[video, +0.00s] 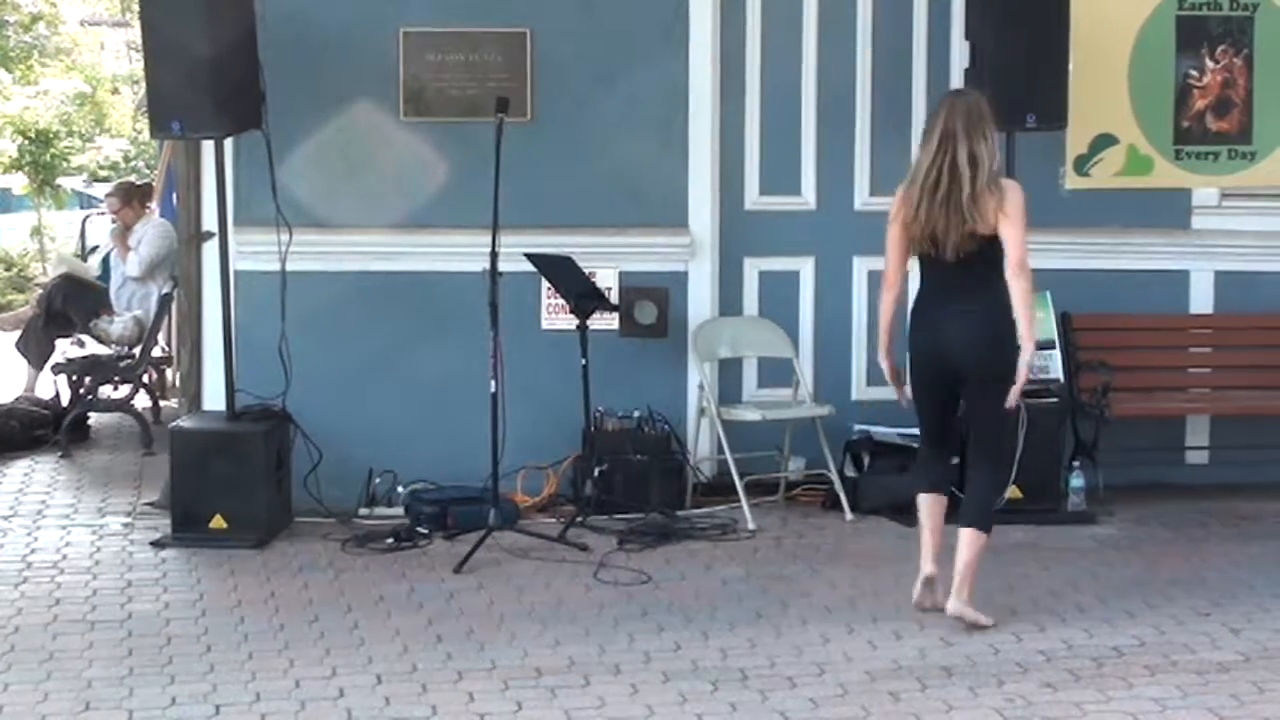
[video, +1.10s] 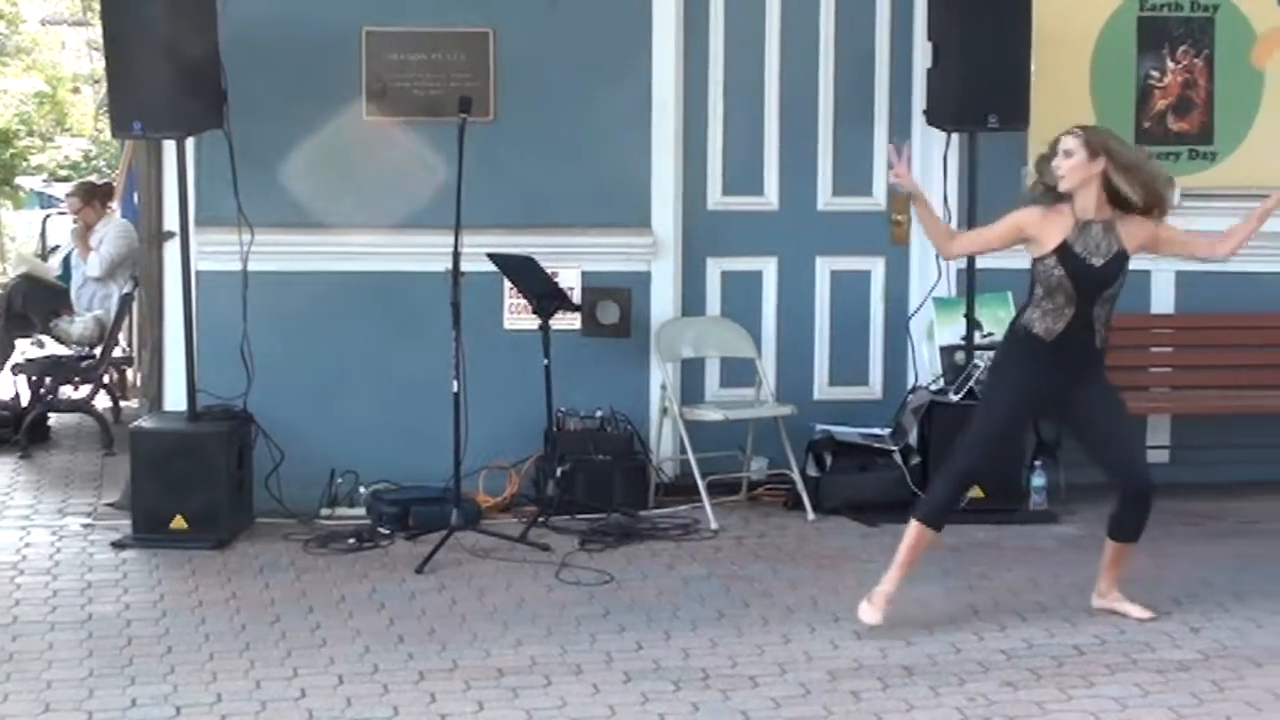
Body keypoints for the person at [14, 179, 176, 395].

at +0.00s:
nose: (114, 220)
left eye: (116, 213)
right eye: (112, 215)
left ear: (135, 206)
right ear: (132, 207)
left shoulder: (160, 230)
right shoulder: (123, 233)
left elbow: (137, 269)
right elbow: (94, 269)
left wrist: (121, 244)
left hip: (137, 317)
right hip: (114, 310)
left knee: (65, 285)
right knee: (43, 321)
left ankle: (31, 312)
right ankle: (29, 390)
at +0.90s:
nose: (105, 219)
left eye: (107, 212)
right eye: (102, 214)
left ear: (125, 204)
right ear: (122, 206)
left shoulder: (150, 229)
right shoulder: (113, 233)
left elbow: (127, 268)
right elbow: (84, 269)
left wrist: (110, 242)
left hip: (127, 317)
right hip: (105, 309)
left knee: (55, 283)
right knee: (33, 320)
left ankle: (25, 310)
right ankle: (18, 388)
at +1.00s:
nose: (89, 220)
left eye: (92, 213)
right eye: (86, 215)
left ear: (110, 204)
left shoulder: (135, 230)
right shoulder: (98, 235)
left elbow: (112, 269)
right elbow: (68, 271)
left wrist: (94, 244)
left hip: (114, 317)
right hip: (91, 309)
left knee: (37, 286)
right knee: (14, 323)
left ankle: (16, 311)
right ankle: (8, 384)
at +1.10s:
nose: (75, 219)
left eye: (77, 213)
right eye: (72, 215)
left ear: (96, 204)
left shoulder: (121, 230)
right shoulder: (84, 233)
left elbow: (100, 269)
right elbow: (55, 270)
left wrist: (81, 245)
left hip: (101, 319)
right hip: (76, 310)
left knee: (25, 286)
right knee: (9, 323)